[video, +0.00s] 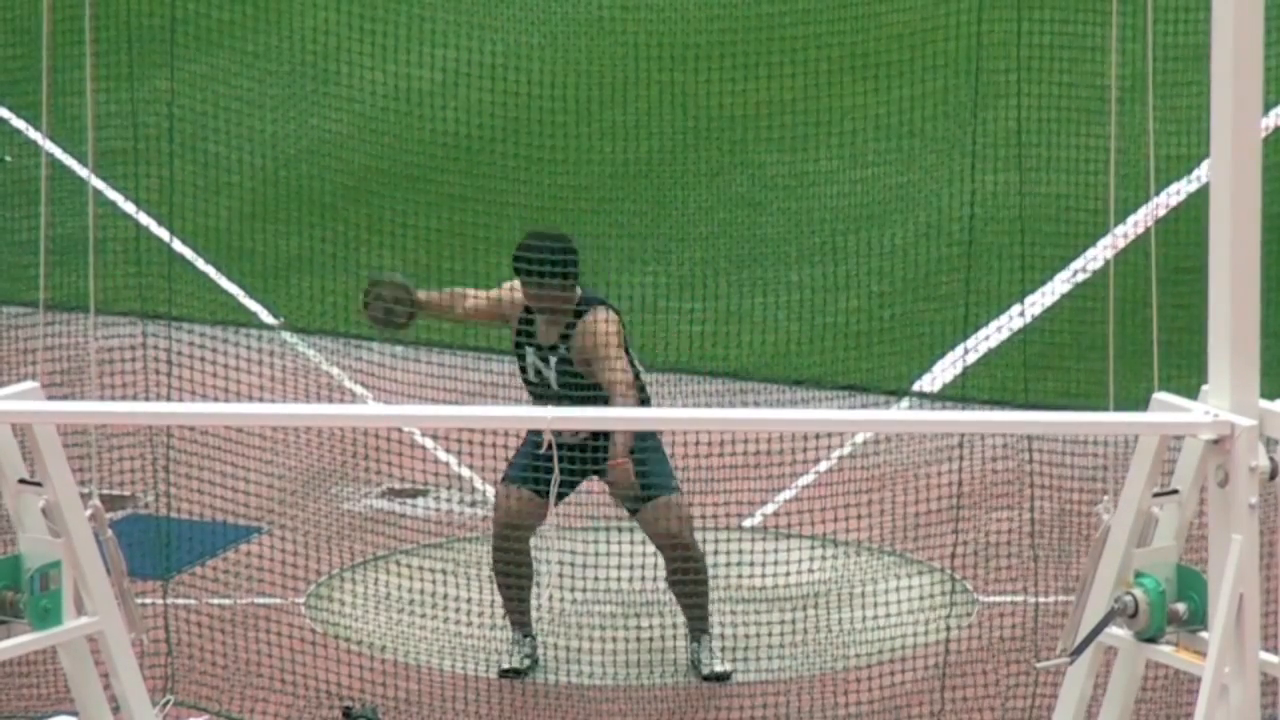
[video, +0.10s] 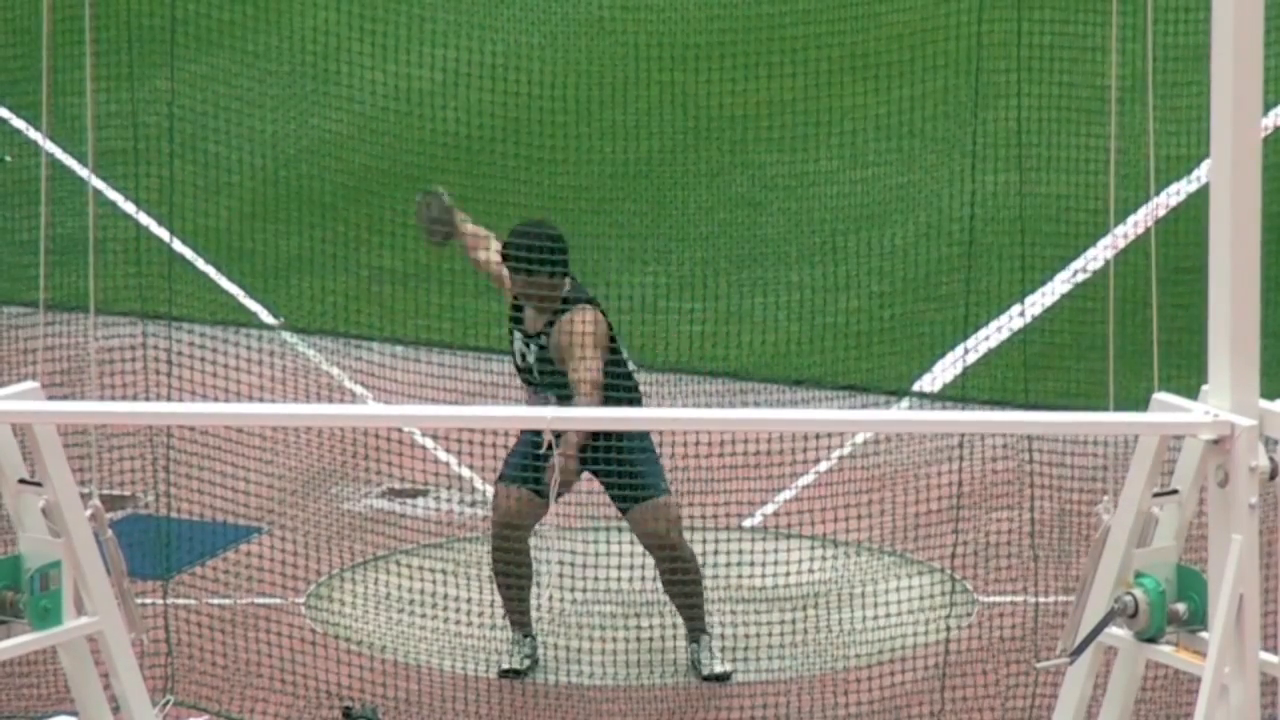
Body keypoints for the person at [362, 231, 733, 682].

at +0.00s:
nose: (542, 296)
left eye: (551, 288)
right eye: (534, 287)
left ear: (569, 286)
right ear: (524, 283)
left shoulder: (598, 323)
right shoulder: (515, 301)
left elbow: (624, 393)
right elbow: (463, 304)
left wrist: (621, 454)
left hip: (621, 434)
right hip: (558, 433)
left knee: (676, 536)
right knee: (508, 524)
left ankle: (702, 641)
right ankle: (522, 641)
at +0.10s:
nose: (531, 292)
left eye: (539, 282)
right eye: (524, 282)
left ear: (559, 278)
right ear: (513, 278)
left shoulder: (580, 320)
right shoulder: (514, 283)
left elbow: (589, 396)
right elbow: (481, 247)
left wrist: (570, 453)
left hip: (612, 425)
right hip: (553, 421)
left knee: (663, 534)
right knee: (507, 519)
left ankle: (700, 638)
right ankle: (522, 639)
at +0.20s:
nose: (514, 278)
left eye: (522, 270)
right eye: (509, 268)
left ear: (546, 266)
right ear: (505, 263)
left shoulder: (566, 314)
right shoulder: (526, 273)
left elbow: (558, 390)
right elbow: (515, 205)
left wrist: (519, 440)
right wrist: (509, 168)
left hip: (609, 429)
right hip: (553, 427)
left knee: (655, 539)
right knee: (508, 517)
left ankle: (699, 640)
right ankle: (522, 640)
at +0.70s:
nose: (551, 275)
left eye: (561, 267)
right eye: (543, 266)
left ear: (579, 268)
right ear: (531, 265)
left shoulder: (593, 317)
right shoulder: (535, 274)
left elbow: (584, 386)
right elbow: (525, 199)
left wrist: (551, 433)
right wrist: (517, 149)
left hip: (627, 420)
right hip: (564, 417)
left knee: (674, 518)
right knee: (523, 513)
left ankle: (698, 642)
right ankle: (527, 641)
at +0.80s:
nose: (597, 277)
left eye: (604, 268)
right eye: (587, 268)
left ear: (616, 267)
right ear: (568, 266)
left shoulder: (629, 316)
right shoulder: (548, 276)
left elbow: (658, 375)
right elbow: (511, 245)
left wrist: (666, 427)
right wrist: (481, 218)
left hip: (631, 425)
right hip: (564, 421)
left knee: (693, 513)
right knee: (522, 517)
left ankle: (687, 644)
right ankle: (528, 641)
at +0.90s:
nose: (662, 267)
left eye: (660, 258)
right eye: (652, 260)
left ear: (654, 261)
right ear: (621, 266)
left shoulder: (677, 307)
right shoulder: (571, 296)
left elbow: (747, 341)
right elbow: (506, 307)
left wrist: (807, 376)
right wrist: (453, 316)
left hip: (635, 439)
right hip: (566, 437)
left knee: (706, 517)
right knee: (524, 531)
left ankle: (685, 653)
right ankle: (528, 641)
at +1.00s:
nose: (701, 261)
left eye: (698, 254)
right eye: (693, 255)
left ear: (671, 265)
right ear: (667, 266)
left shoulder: (706, 296)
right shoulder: (611, 317)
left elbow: (772, 292)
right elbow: (538, 374)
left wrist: (842, 289)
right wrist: (484, 417)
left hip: (641, 452)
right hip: (589, 445)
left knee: (717, 532)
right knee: (571, 534)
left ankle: (698, 655)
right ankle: (504, 620)